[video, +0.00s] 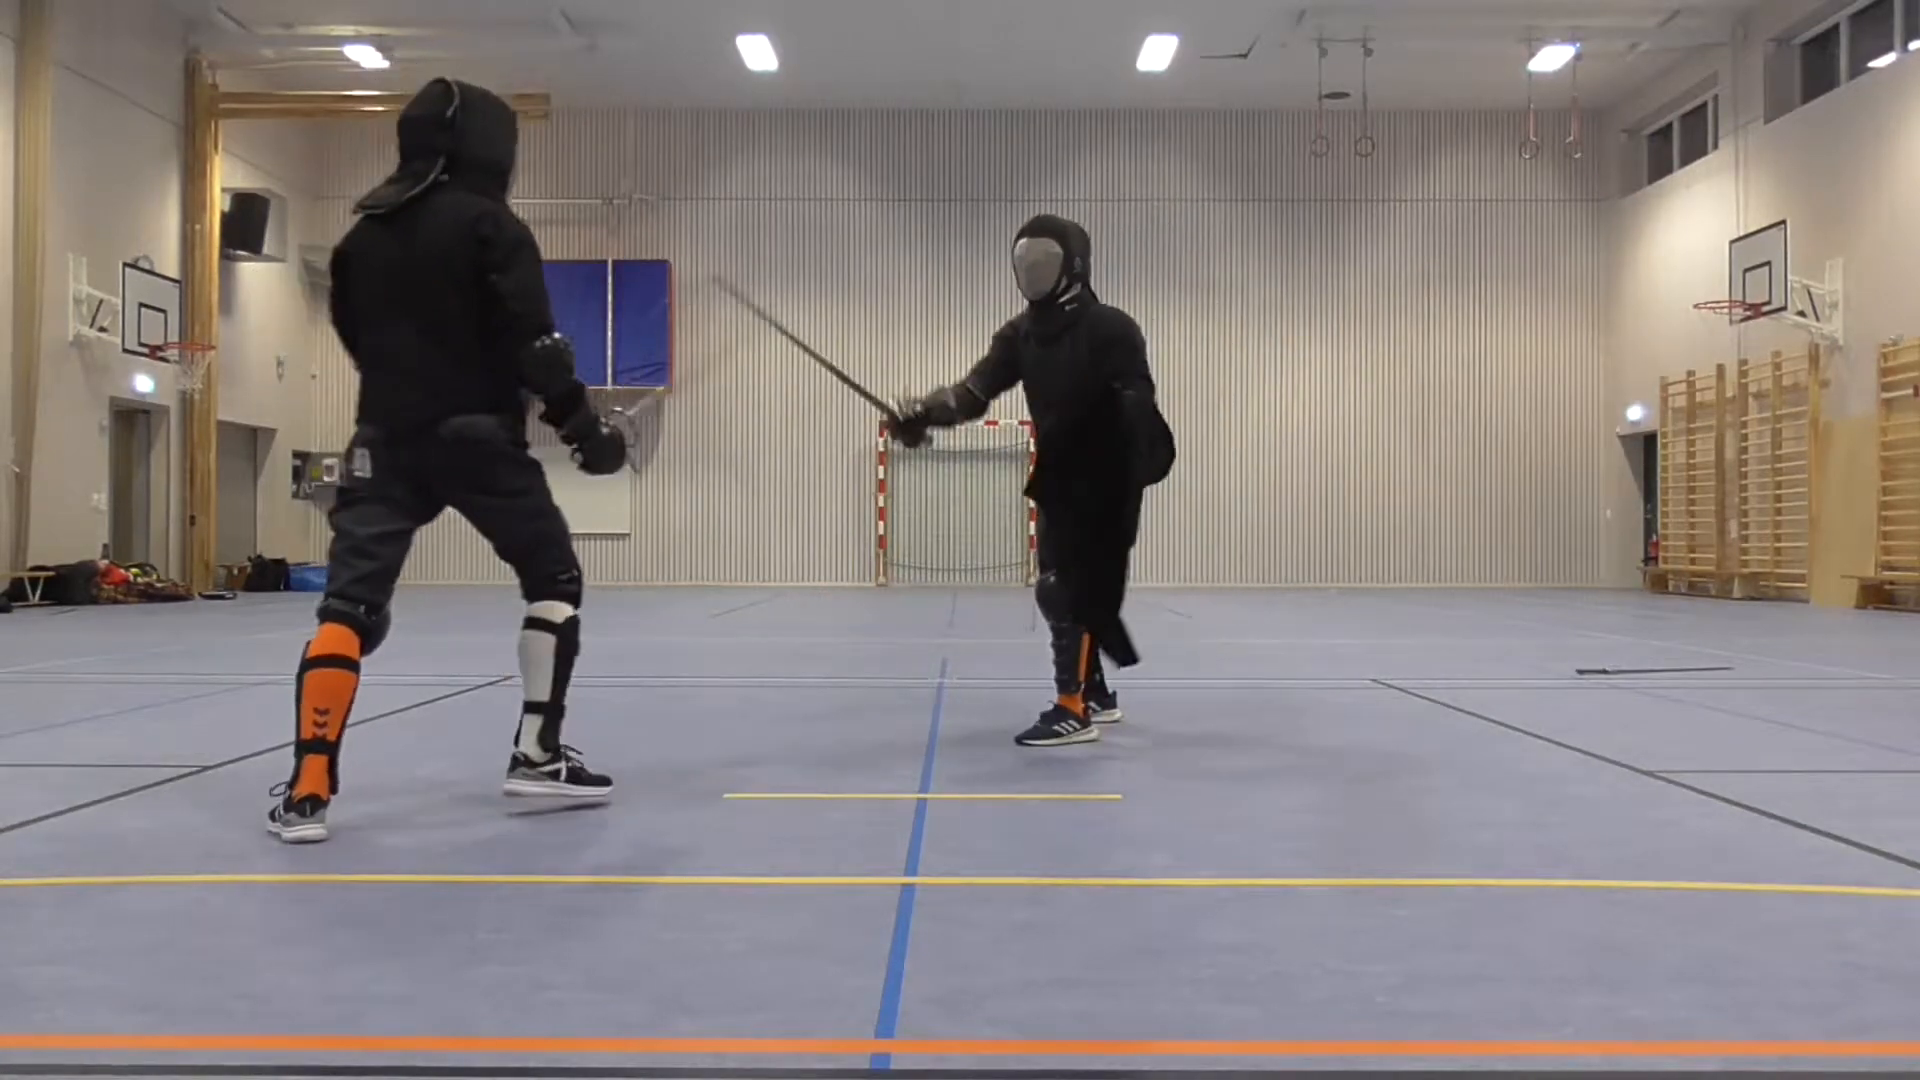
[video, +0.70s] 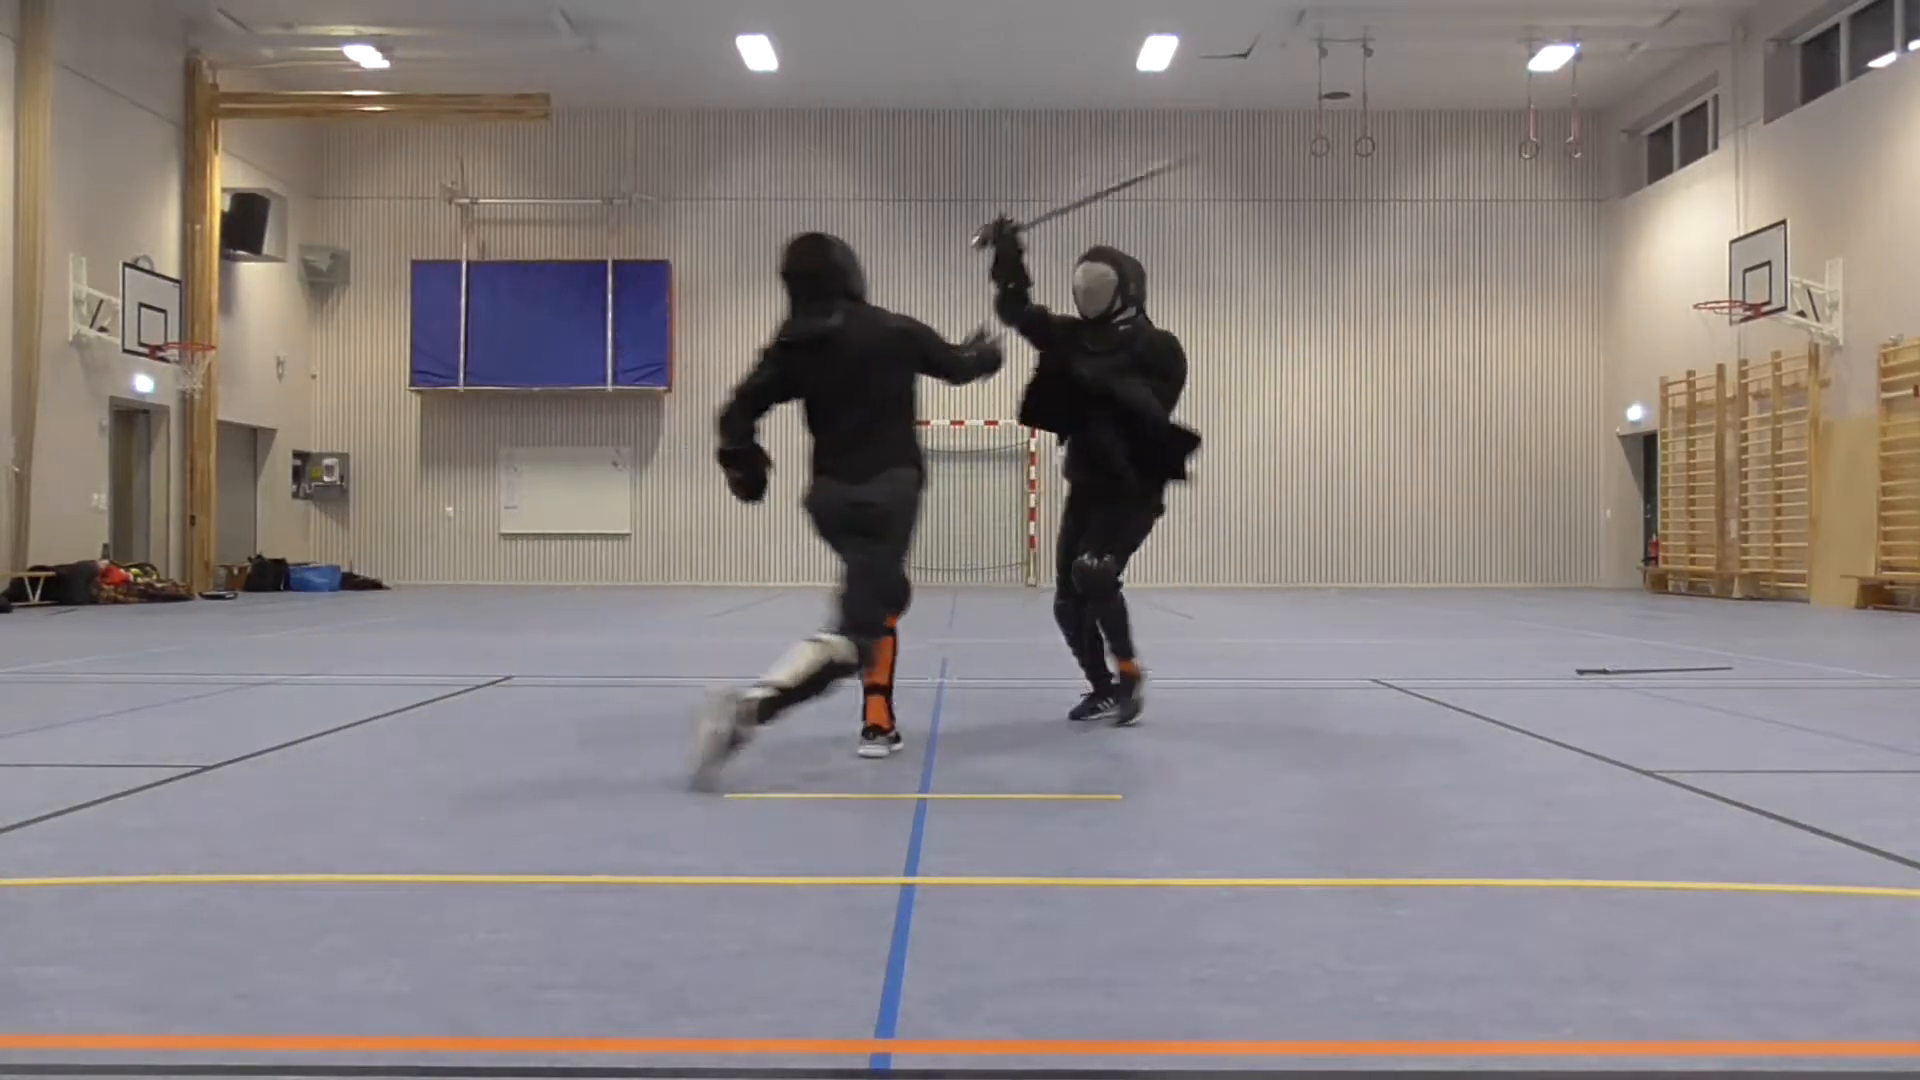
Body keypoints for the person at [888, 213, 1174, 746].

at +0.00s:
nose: (1029, 274)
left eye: (1042, 263)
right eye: (1022, 264)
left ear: (1071, 266)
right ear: (1015, 267)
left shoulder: (1110, 330)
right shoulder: (1022, 335)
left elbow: (1140, 412)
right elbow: (974, 392)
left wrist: (1123, 472)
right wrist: (923, 413)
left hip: (1105, 485)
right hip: (1058, 485)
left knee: (1060, 590)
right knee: (1067, 586)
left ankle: (1073, 709)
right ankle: (1095, 690)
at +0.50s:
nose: (1060, 278)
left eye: (1072, 267)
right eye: (1054, 268)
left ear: (1100, 272)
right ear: (1047, 273)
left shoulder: (1135, 339)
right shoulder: (1043, 336)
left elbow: (1158, 424)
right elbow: (992, 386)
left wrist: (1128, 484)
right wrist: (973, 360)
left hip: (1108, 486)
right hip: (1057, 482)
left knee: (1061, 584)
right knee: (1046, 597)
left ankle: (1069, 709)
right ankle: (1096, 651)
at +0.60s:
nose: (1074, 280)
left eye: (1086, 269)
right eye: (1067, 270)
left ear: (1114, 274)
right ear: (1060, 275)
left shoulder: (1146, 339)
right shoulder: (1060, 332)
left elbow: (1181, 428)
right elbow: (989, 338)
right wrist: (977, 288)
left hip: (1120, 486)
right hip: (1068, 482)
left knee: (1085, 583)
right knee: (1062, 591)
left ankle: (1079, 697)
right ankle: (1094, 678)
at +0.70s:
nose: (1083, 286)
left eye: (1095, 277)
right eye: (1079, 276)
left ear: (1124, 286)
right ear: (1074, 282)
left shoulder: (1157, 347)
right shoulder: (1074, 336)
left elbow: (1146, 409)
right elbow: (1016, 310)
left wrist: (1084, 371)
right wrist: (1008, 251)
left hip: (1135, 489)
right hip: (1086, 488)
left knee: (1095, 572)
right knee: (1069, 600)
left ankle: (1127, 671)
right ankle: (1102, 689)